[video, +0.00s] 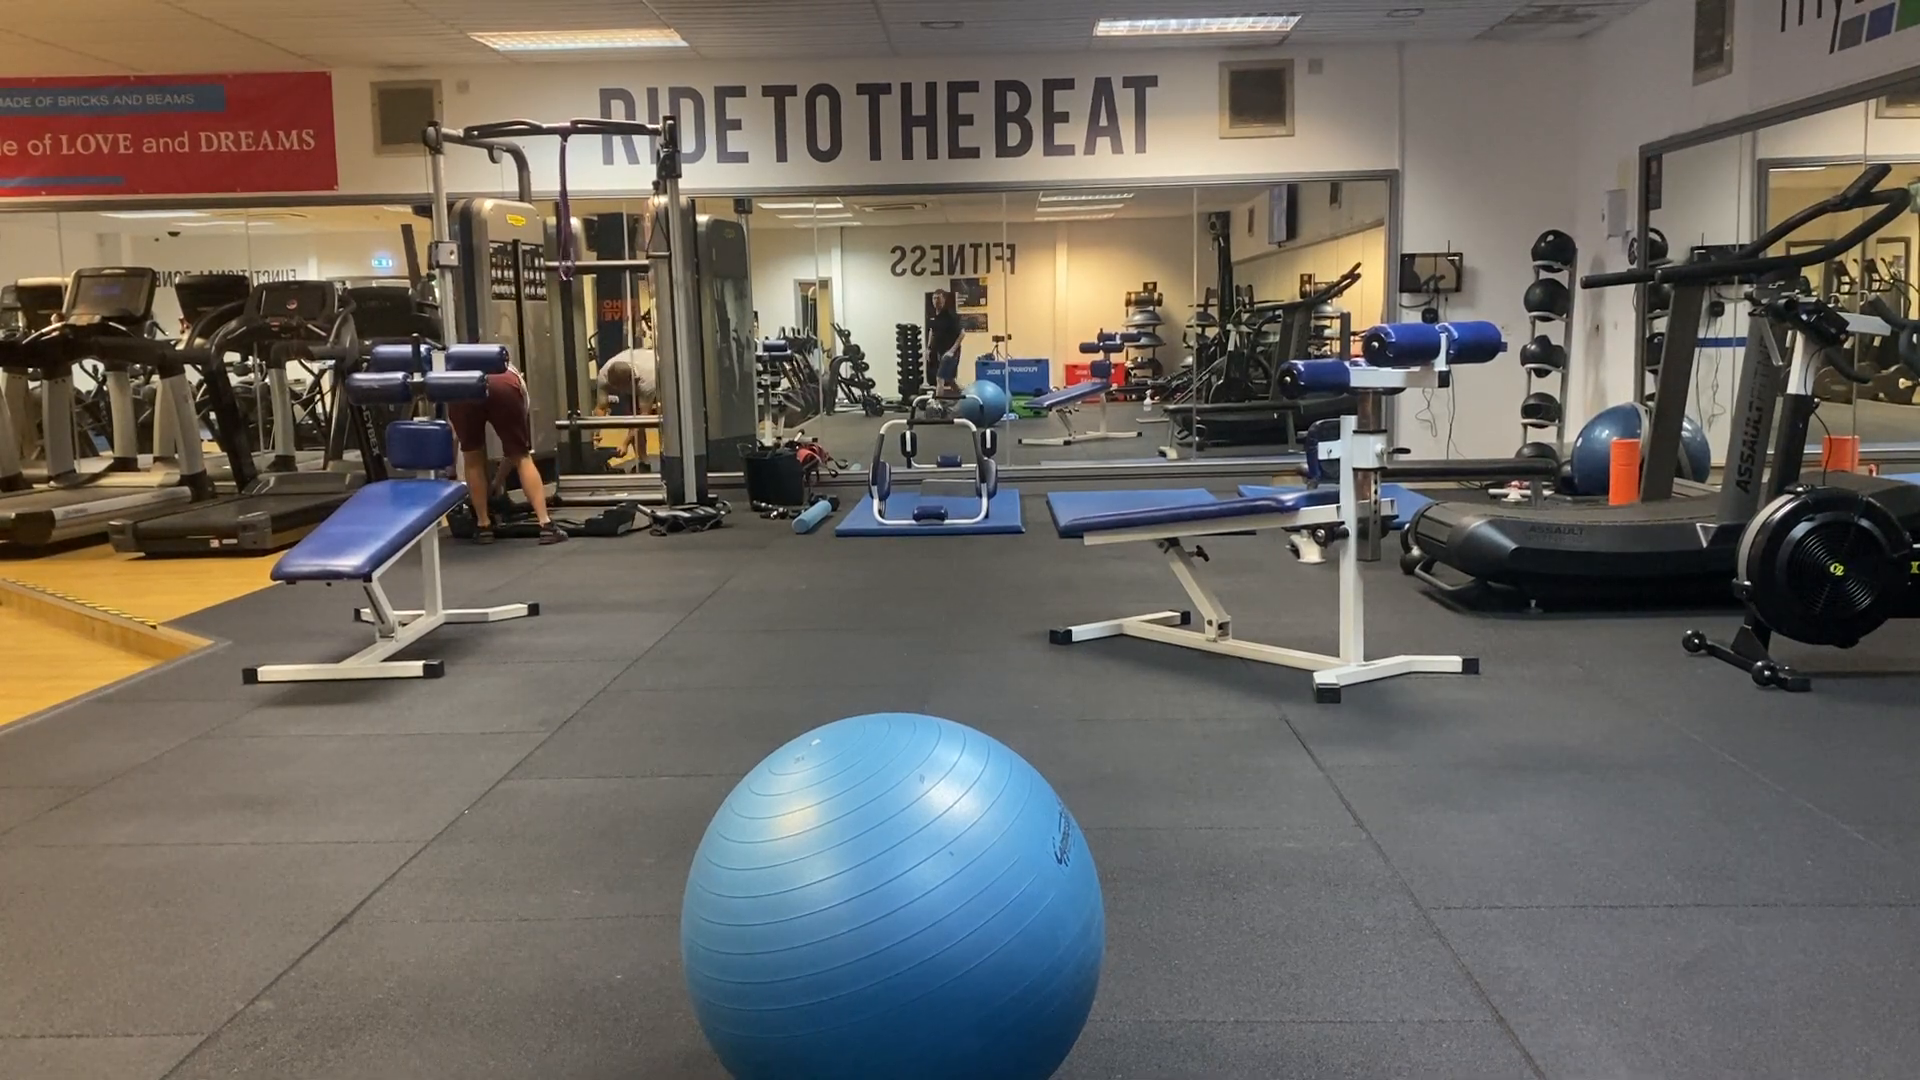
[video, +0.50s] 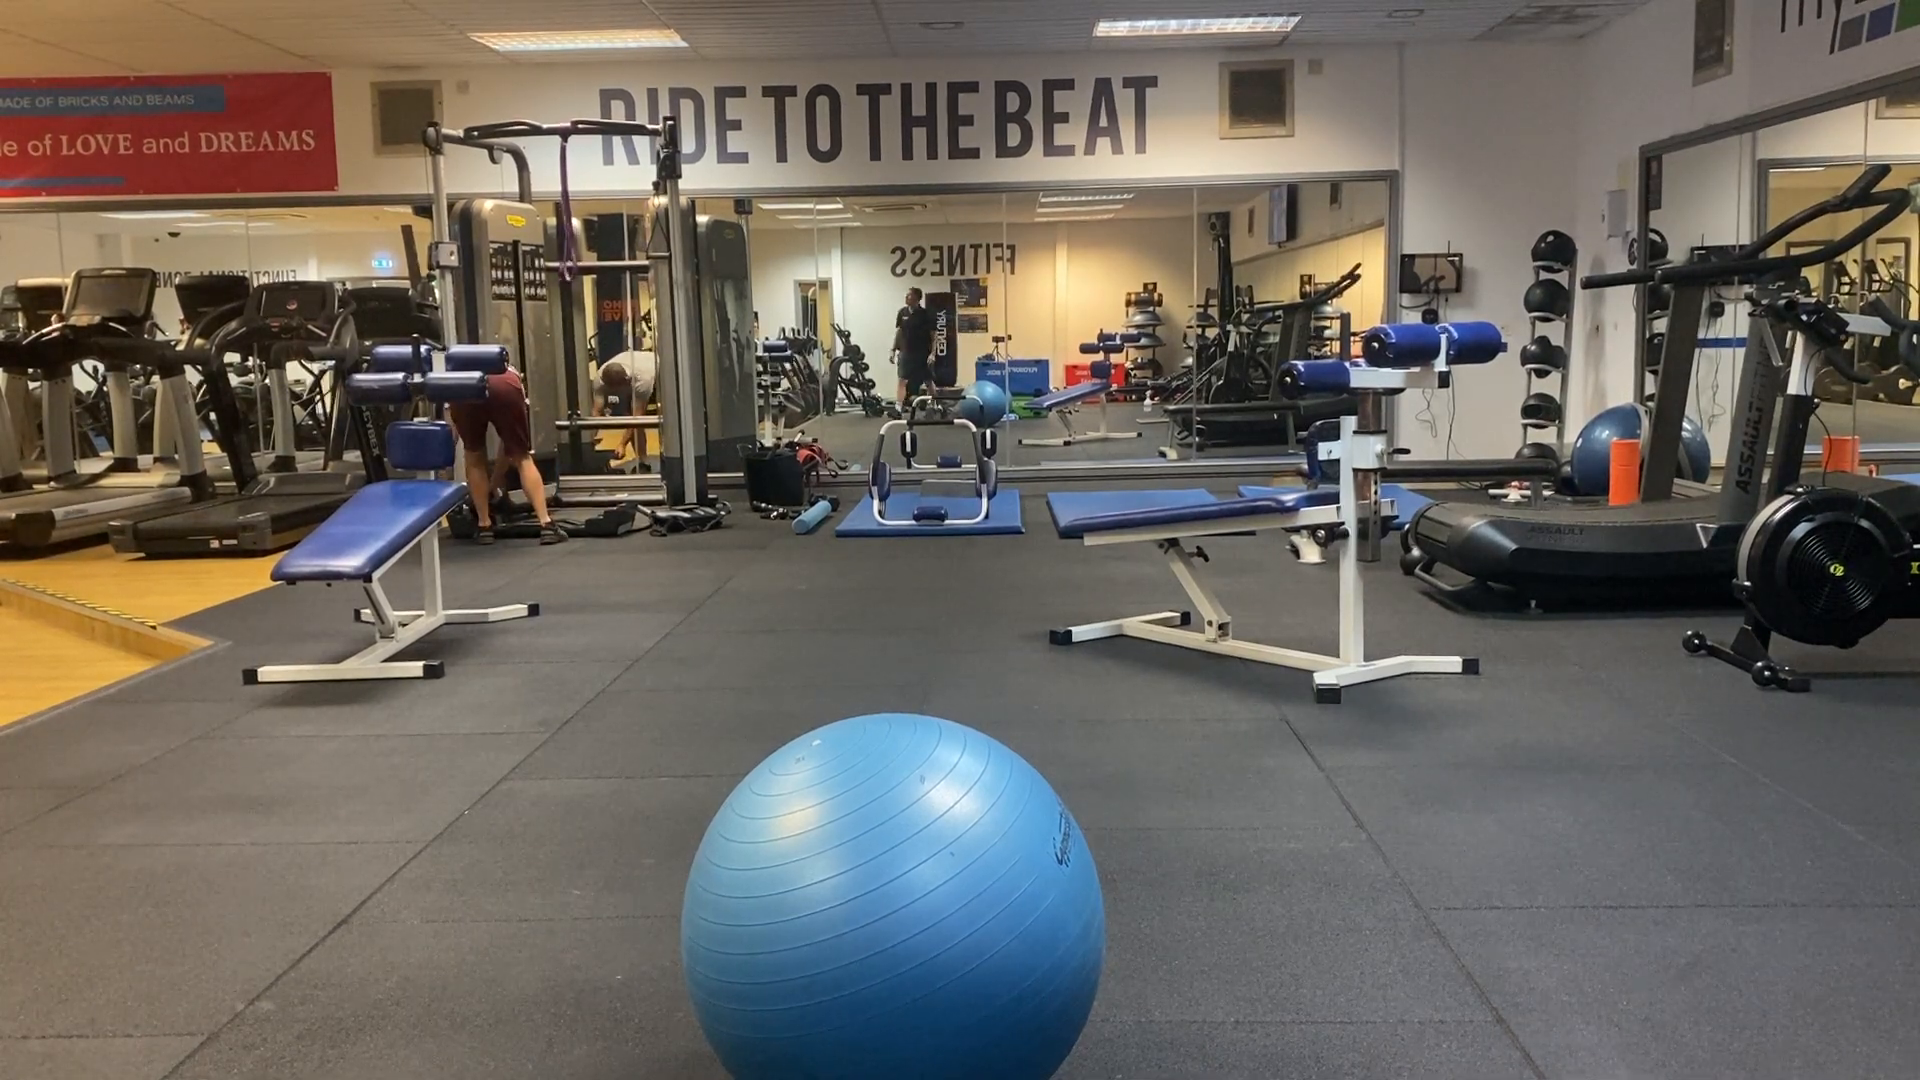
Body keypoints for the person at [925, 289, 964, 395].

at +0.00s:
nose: (937, 301)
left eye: (939, 298)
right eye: (934, 298)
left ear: (944, 300)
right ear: (932, 301)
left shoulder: (951, 315)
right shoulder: (934, 316)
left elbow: (962, 333)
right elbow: (932, 332)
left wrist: (952, 351)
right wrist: (928, 348)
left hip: (951, 351)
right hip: (939, 351)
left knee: (940, 377)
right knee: (950, 379)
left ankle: (937, 403)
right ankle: (963, 397)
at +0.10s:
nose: (930, 300)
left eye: (932, 298)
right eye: (928, 297)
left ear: (939, 298)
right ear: (927, 298)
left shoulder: (945, 313)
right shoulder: (926, 312)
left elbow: (954, 334)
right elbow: (926, 332)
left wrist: (945, 352)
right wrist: (924, 347)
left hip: (943, 348)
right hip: (931, 348)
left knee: (939, 377)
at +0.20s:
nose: (924, 296)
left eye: (927, 294)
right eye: (924, 294)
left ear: (934, 296)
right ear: (923, 295)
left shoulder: (941, 310)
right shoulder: (921, 309)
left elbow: (948, 331)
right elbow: (920, 328)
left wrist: (941, 351)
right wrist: (918, 344)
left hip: (937, 346)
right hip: (924, 345)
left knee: (936, 376)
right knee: (920, 376)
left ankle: (937, 401)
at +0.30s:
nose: (919, 296)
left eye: (922, 294)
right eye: (918, 294)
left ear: (930, 296)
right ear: (918, 295)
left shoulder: (937, 310)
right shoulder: (916, 309)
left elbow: (943, 331)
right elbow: (915, 328)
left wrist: (938, 349)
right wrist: (912, 345)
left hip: (933, 348)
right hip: (919, 347)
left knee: (934, 378)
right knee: (913, 376)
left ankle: (936, 403)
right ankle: (917, 402)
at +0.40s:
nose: (914, 297)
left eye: (917, 294)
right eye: (913, 294)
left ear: (925, 297)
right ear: (912, 296)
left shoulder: (932, 312)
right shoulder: (909, 311)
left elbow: (939, 334)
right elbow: (908, 330)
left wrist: (935, 351)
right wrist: (904, 347)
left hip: (928, 349)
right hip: (912, 349)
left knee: (933, 380)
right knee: (908, 378)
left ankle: (937, 406)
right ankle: (903, 406)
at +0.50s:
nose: (906, 297)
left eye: (909, 295)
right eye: (906, 295)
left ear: (917, 298)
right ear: (907, 297)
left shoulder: (927, 313)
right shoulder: (902, 312)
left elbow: (933, 335)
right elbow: (899, 332)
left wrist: (933, 353)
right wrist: (893, 349)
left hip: (922, 353)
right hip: (905, 353)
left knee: (929, 382)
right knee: (902, 380)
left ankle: (935, 406)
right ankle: (899, 408)